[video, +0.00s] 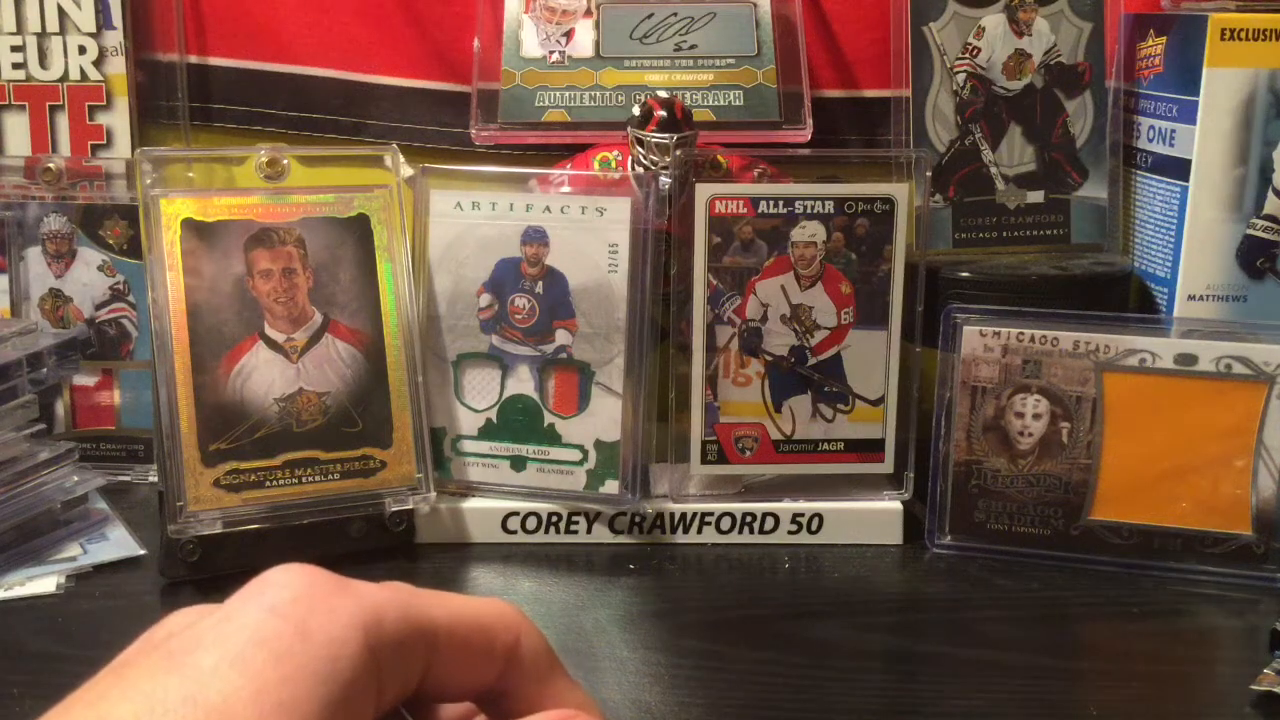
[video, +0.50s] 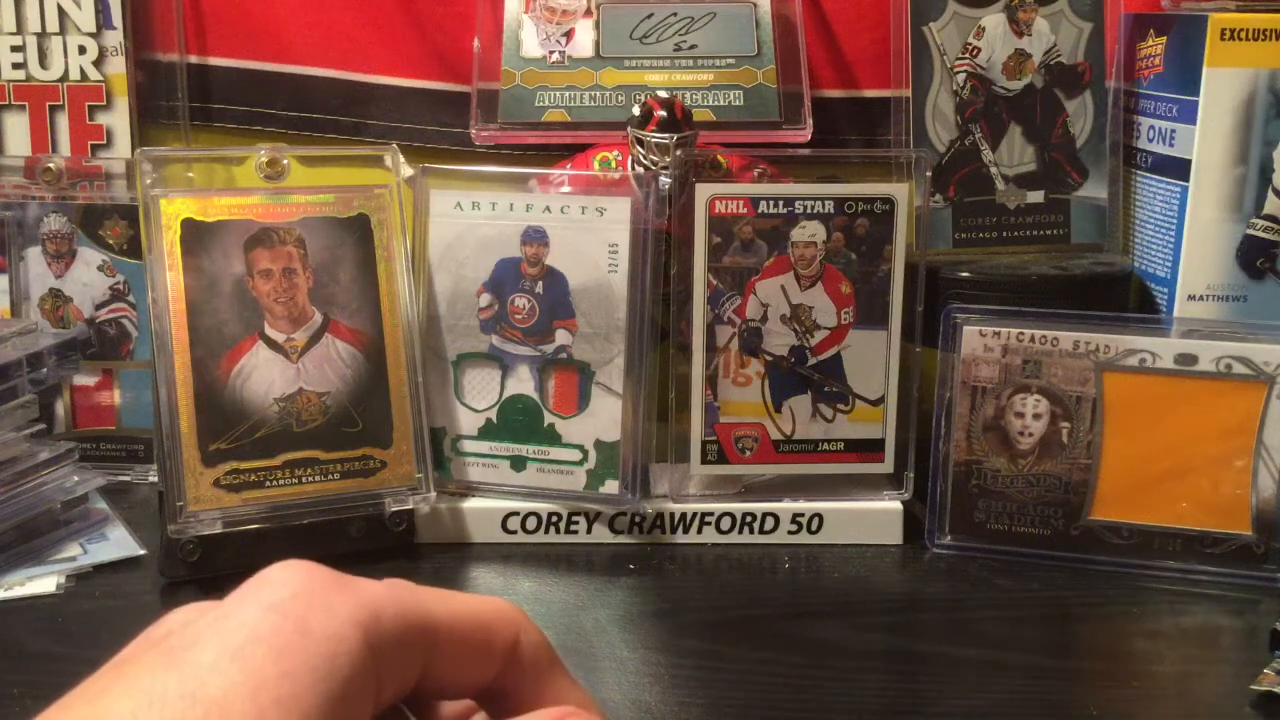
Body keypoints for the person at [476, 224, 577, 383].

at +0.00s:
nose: (535, 251)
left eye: (540, 246)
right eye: (530, 246)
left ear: (547, 250)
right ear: (522, 248)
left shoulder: (557, 280)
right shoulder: (504, 268)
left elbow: (565, 321)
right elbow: (487, 293)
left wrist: (561, 350)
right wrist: (487, 317)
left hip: (542, 353)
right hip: (503, 348)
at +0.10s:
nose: (535, 251)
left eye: (540, 246)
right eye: (530, 246)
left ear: (547, 250)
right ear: (522, 248)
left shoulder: (557, 280)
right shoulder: (504, 268)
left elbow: (565, 321)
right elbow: (487, 293)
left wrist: (561, 350)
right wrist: (487, 318)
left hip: (542, 352)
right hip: (503, 348)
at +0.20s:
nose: (535, 251)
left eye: (540, 247)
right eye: (530, 246)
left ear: (547, 250)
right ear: (522, 248)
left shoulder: (557, 280)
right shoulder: (504, 268)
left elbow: (565, 320)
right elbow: (486, 292)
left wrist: (562, 349)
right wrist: (486, 315)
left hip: (542, 353)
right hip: (503, 348)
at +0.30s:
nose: (535, 251)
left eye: (540, 246)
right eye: (530, 246)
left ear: (547, 250)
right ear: (522, 248)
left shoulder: (557, 280)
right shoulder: (504, 268)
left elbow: (565, 321)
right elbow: (487, 294)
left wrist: (561, 350)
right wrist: (487, 318)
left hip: (542, 353)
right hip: (503, 348)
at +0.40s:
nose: (535, 251)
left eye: (540, 247)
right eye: (530, 246)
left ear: (547, 250)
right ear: (522, 248)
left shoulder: (557, 280)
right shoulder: (504, 268)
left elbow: (565, 321)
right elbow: (487, 292)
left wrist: (562, 350)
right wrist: (487, 316)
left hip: (542, 353)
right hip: (503, 349)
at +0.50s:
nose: (535, 252)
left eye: (540, 247)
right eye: (530, 246)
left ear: (547, 250)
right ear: (522, 248)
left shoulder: (557, 280)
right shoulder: (504, 268)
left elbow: (564, 321)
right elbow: (487, 293)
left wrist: (562, 349)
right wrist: (487, 318)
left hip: (543, 353)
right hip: (504, 349)